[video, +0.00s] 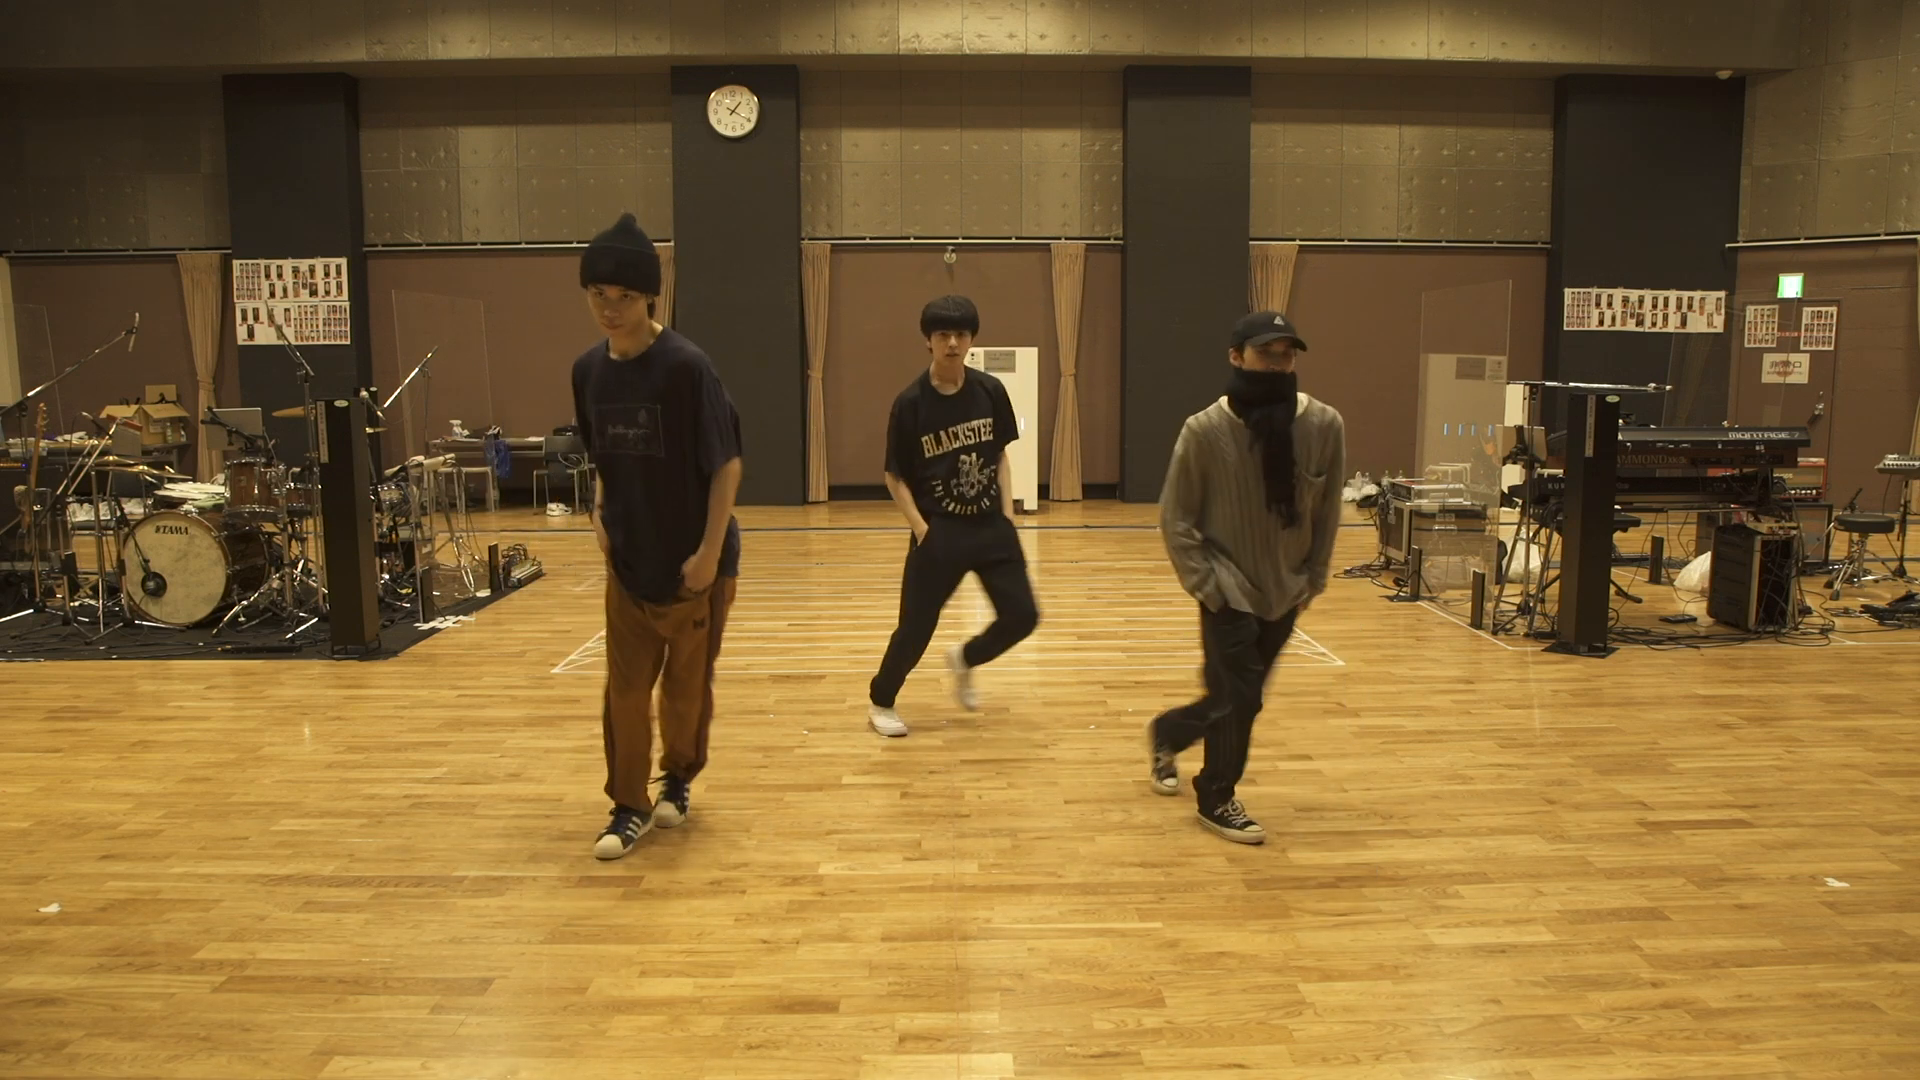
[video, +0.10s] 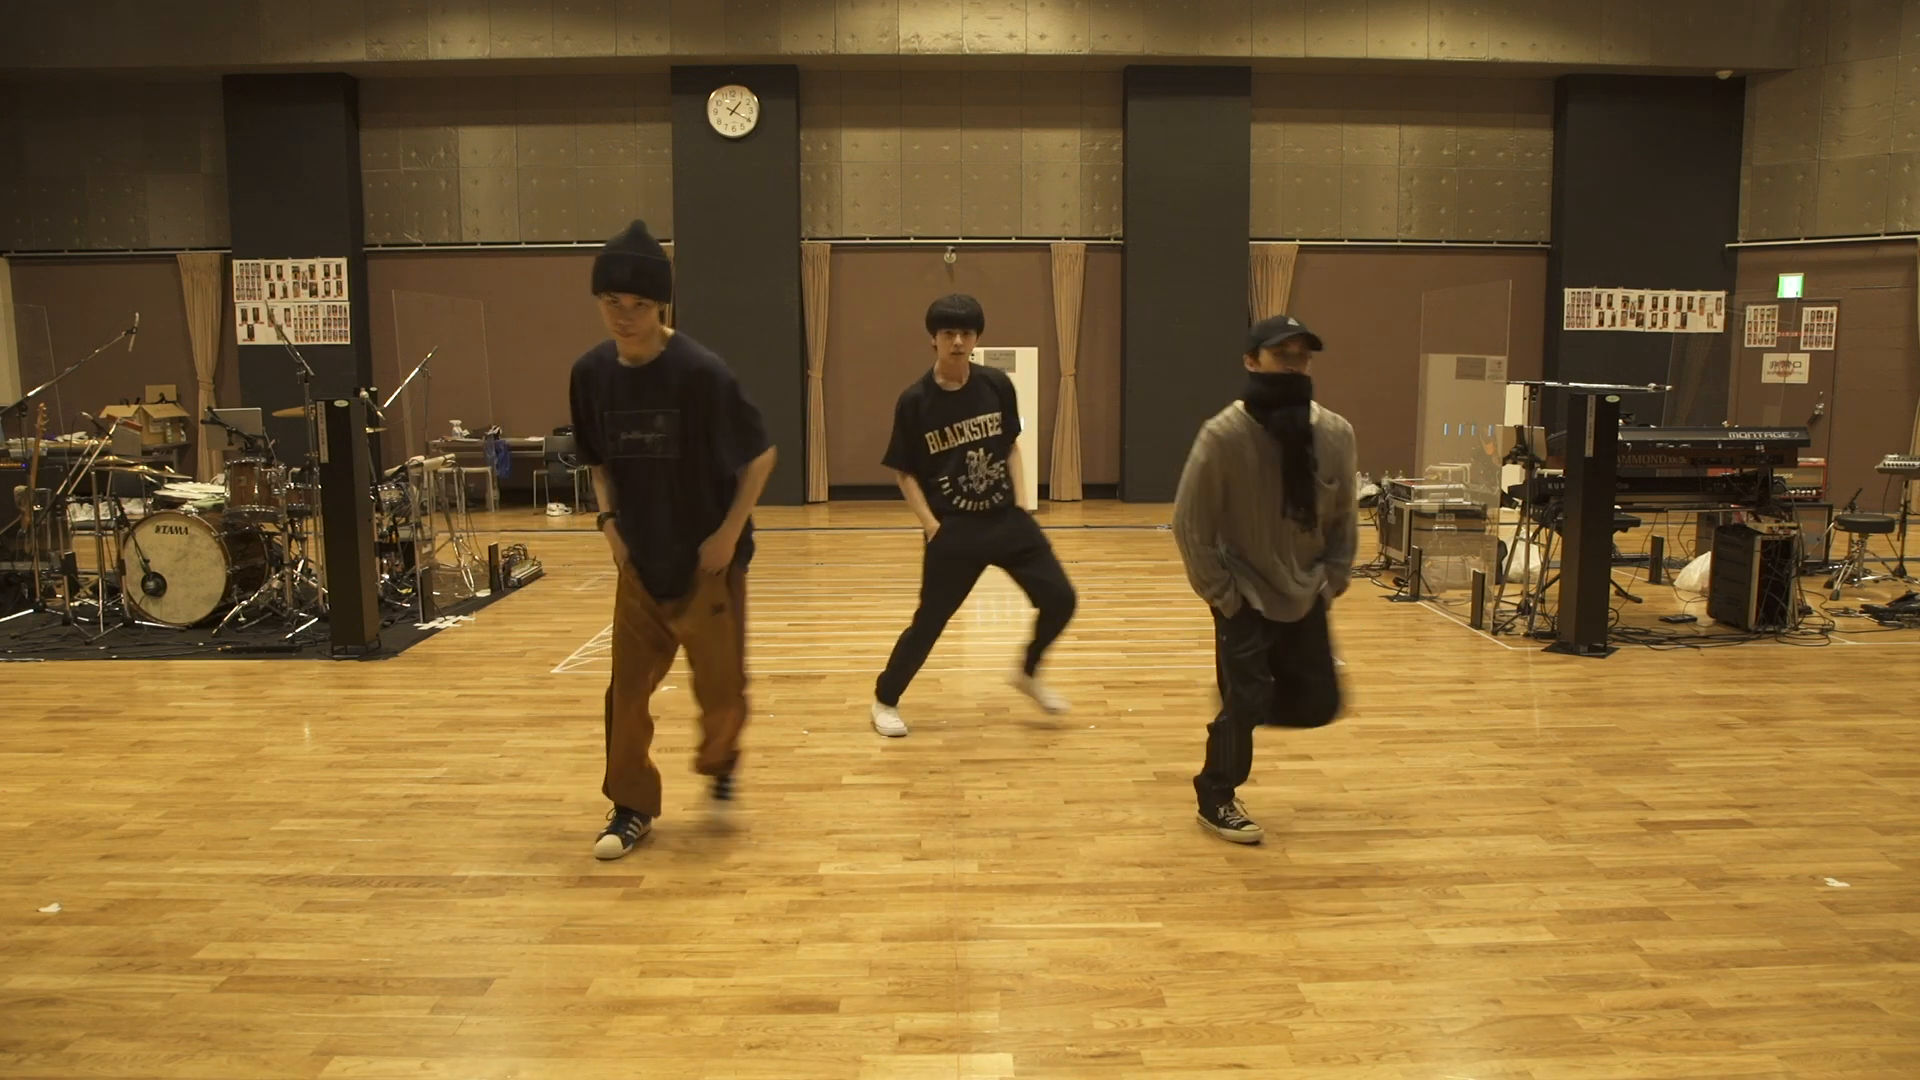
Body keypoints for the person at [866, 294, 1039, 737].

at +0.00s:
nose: (952, 345)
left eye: (960, 336)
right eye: (943, 336)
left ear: (971, 341)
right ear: (928, 342)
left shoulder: (990, 390)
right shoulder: (910, 405)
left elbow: (1000, 455)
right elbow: (895, 476)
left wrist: (1007, 515)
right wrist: (922, 530)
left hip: (991, 530)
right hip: (939, 534)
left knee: (1023, 618)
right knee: (915, 632)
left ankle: (964, 659)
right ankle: (882, 703)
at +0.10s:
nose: (958, 343)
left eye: (966, 334)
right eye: (949, 334)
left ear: (977, 340)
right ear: (933, 339)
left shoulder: (998, 386)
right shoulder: (914, 402)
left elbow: (1011, 449)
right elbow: (905, 471)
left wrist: (1021, 507)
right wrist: (931, 526)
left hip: (1007, 522)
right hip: (954, 532)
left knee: (1060, 601)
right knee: (929, 624)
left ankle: (1027, 672)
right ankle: (885, 701)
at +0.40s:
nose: (1009, 357)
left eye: (1017, 348)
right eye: (999, 349)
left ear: (1027, 352)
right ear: (980, 352)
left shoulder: (1042, 410)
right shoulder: (953, 405)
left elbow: (1052, 474)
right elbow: (938, 470)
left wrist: (1051, 523)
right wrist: (958, 528)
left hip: (1033, 537)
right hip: (977, 541)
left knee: (1078, 617)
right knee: (939, 631)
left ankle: (1119, 707)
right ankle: (991, 684)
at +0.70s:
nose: (938, 358)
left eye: (946, 348)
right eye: (929, 348)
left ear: (960, 348)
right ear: (915, 348)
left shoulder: (965, 405)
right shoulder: (905, 381)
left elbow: (974, 477)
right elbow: (888, 447)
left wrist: (947, 530)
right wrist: (870, 497)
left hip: (934, 533)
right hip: (884, 524)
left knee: (997, 613)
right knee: (836, 611)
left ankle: (1070, 695)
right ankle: (805, 707)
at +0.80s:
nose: (888, 353)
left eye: (898, 345)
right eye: (881, 345)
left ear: (915, 344)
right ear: (870, 343)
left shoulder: (918, 400)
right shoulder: (876, 378)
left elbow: (934, 472)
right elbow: (865, 444)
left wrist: (900, 528)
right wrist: (839, 488)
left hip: (889, 527)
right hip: (843, 517)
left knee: (948, 611)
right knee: (808, 612)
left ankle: (1024, 691)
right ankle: (804, 707)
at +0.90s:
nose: (866, 350)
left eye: (875, 341)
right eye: (859, 341)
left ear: (894, 339)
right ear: (848, 340)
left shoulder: (895, 397)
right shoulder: (855, 373)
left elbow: (912, 469)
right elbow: (838, 434)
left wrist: (879, 526)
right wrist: (815, 479)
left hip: (869, 522)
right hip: (823, 512)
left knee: (923, 606)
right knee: (798, 608)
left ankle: (999, 690)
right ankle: (803, 705)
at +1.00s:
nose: (844, 344)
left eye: (853, 335)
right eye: (837, 335)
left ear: (871, 334)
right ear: (826, 334)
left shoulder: (880, 390)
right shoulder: (829, 373)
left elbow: (895, 461)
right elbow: (816, 435)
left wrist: (860, 516)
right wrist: (787, 472)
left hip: (841, 519)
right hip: (794, 508)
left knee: (887, 606)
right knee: (783, 607)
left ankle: (953, 690)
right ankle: (801, 704)